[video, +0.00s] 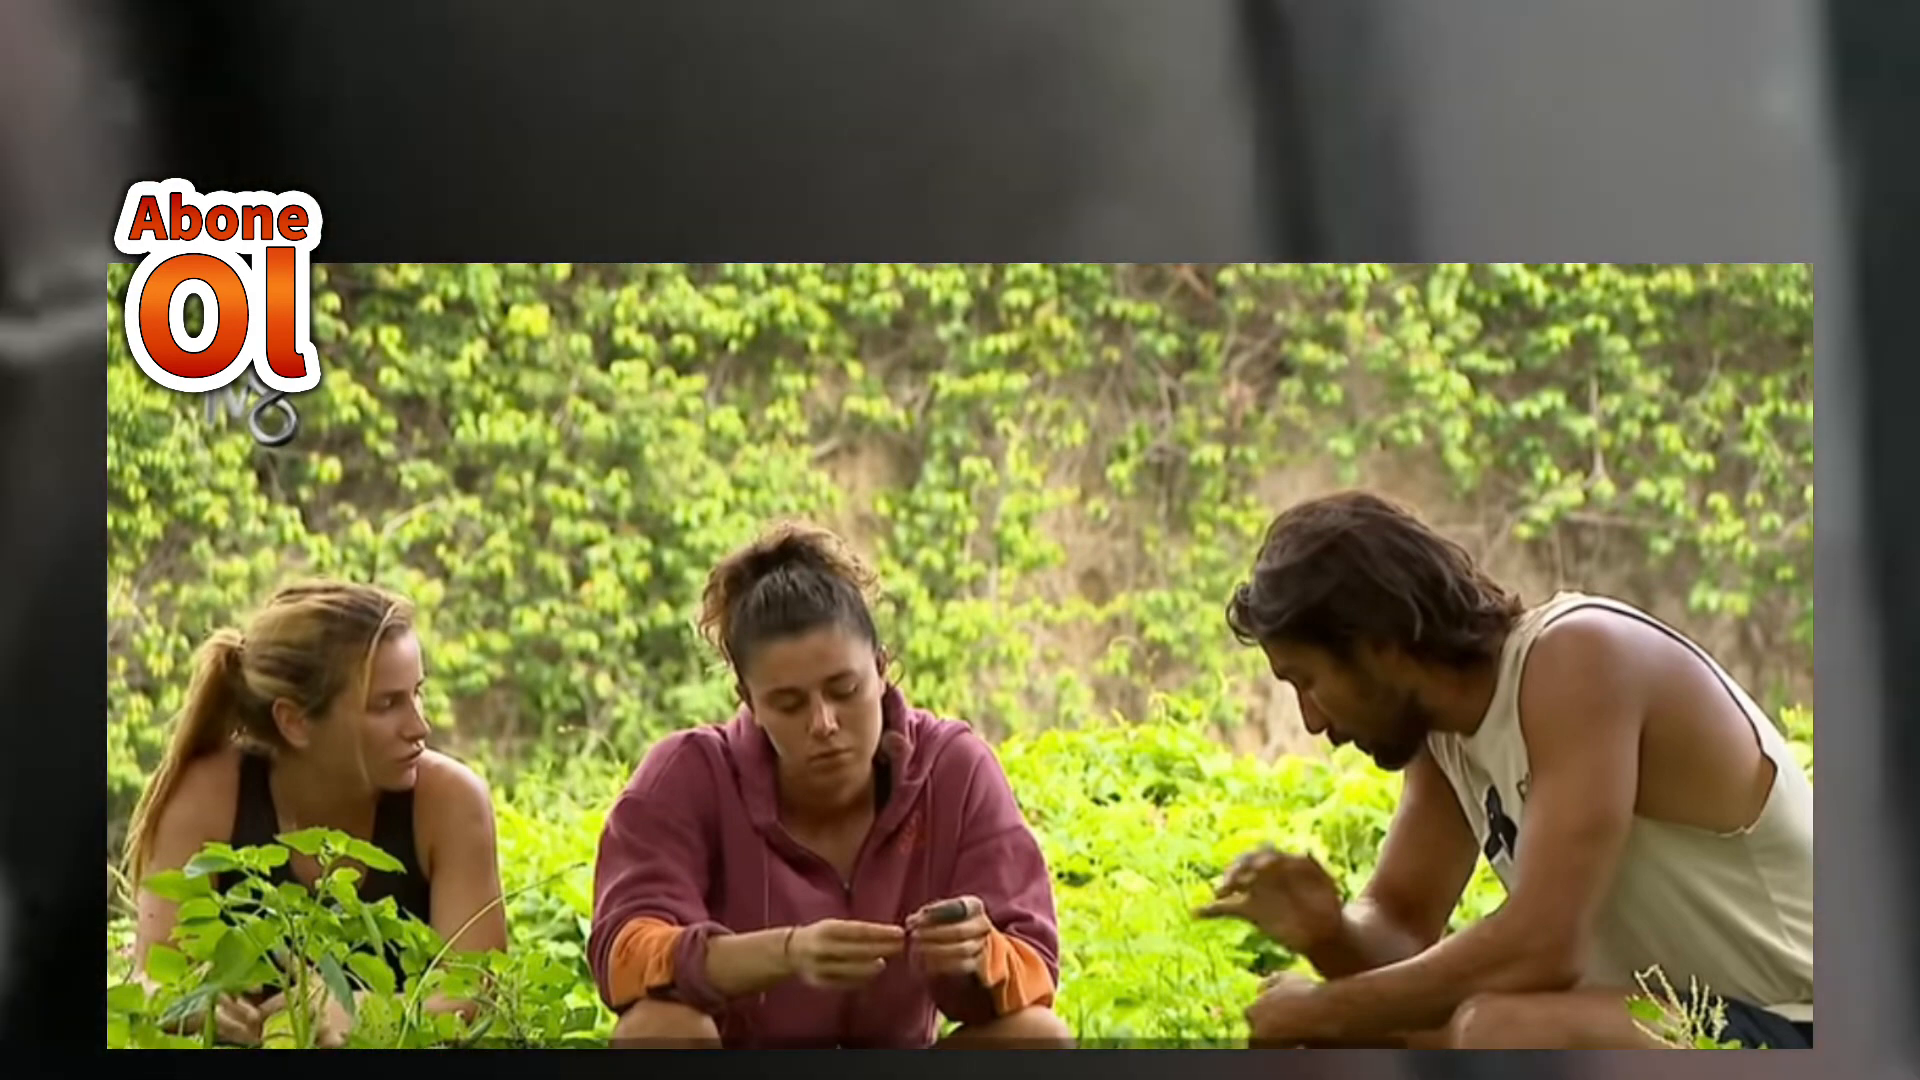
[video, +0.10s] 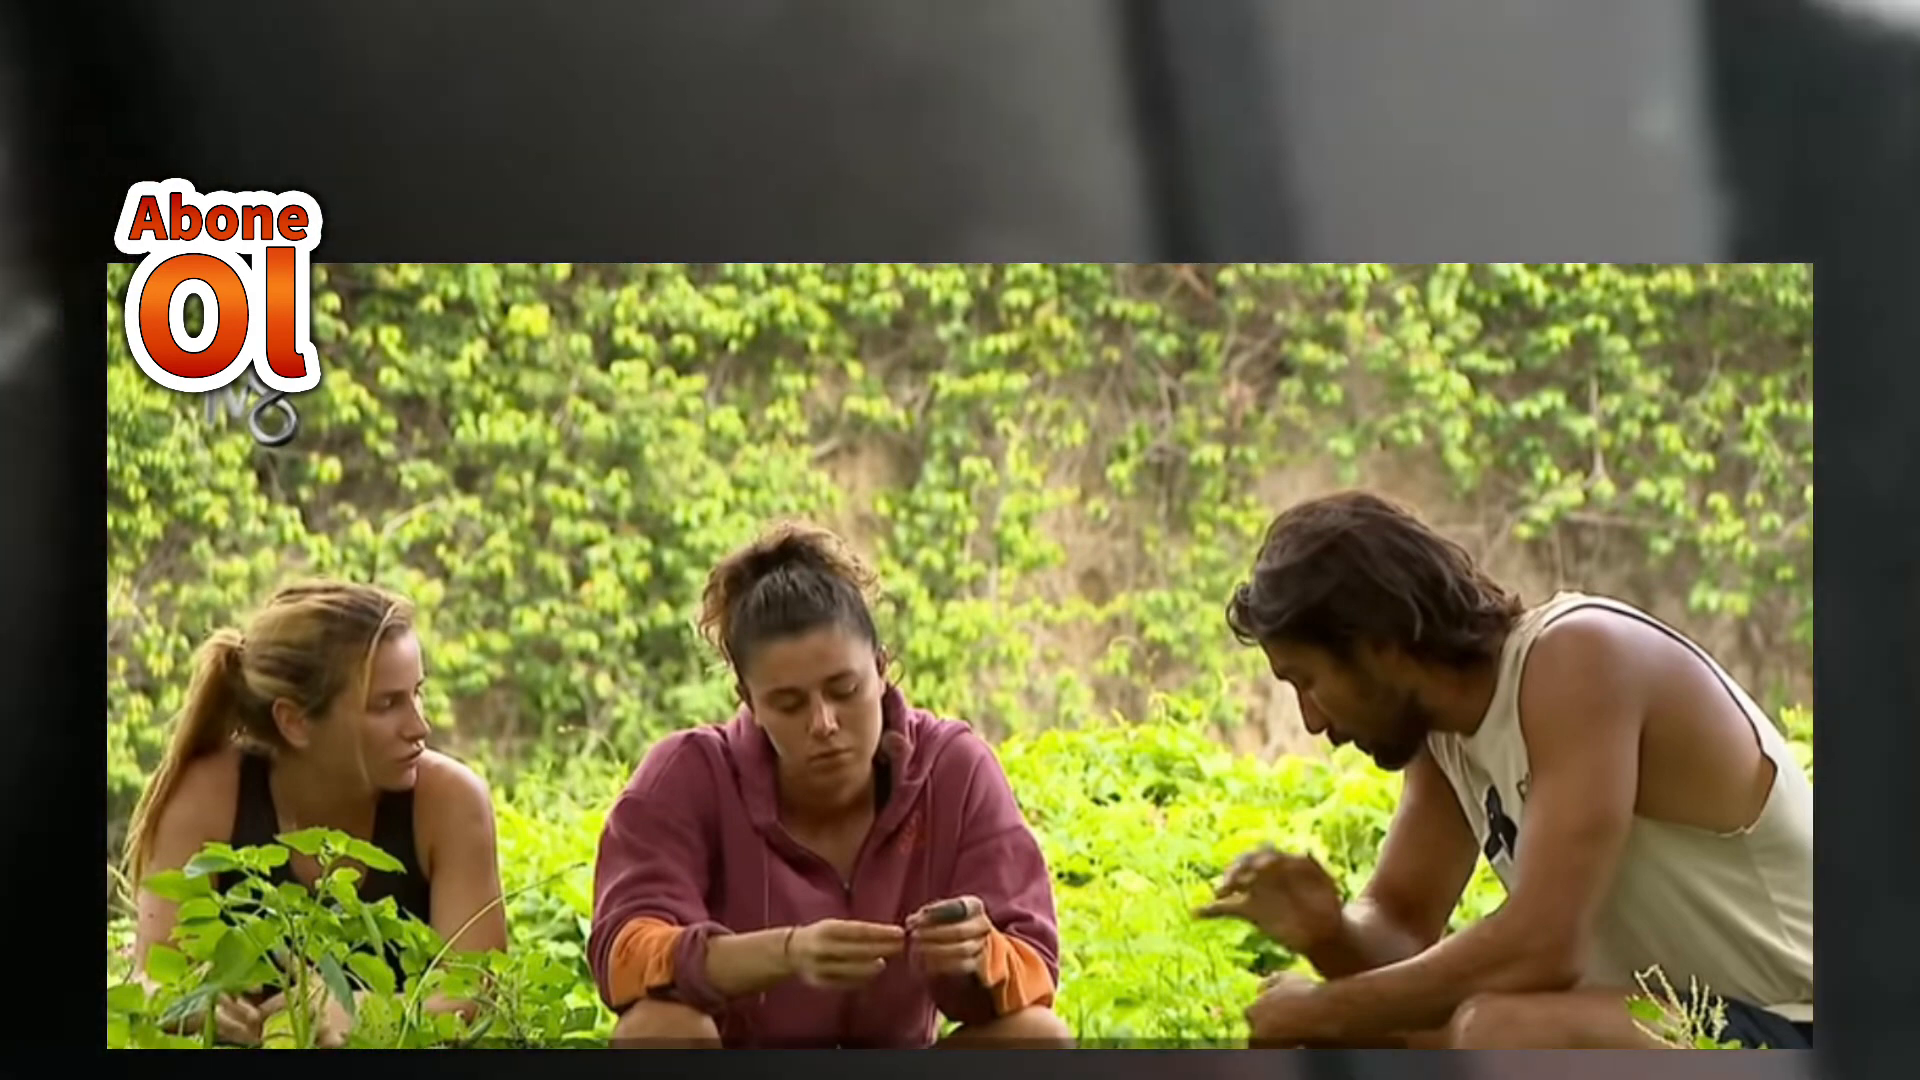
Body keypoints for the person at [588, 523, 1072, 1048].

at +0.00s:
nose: (824, 725)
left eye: (844, 690)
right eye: (789, 703)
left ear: (881, 670)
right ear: (747, 699)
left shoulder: (955, 766)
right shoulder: (687, 773)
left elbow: (1031, 969)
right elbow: (629, 957)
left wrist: (977, 954)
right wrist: (787, 951)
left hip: (898, 1053)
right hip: (740, 1053)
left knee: (1037, 1035)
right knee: (658, 1025)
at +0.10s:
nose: (824, 725)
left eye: (844, 690)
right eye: (789, 703)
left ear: (881, 670)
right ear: (747, 699)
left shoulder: (955, 766)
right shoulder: (687, 773)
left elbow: (1031, 969)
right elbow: (629, 957)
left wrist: (977, 954)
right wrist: (786, 952)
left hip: (898, 1055)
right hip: (739, 1055)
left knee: (1037, 1035)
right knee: (658, 1026)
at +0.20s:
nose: (824, 725)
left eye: (844, 690)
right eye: (789, 703)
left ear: (881, 670)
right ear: (747, 698)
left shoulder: (955, 766)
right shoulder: (687, 773)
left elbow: (1031, 970)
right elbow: (629, 958)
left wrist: (977, 953)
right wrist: (786, 951)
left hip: (899, 1055)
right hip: (739, 1057)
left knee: (1037, 1036)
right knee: (658, 1026)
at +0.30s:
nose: (824, 725)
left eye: (844, 690)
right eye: (789, 703)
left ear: (880, 670)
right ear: (747, 698)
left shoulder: (955, 766)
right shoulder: (687, 774)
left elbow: (1030, 969)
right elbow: (629, 957)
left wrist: (977, 954)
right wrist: (786, 952)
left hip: (898, 1059)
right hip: (739, 1060)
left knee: (1037, 1037)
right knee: (658, 1026)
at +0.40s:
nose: (824, 725)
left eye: (844, 690)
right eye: (789, 703)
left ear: (881, 670)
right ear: (747, 698)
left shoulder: (955, 766)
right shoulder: (687, 773)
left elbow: (1031, 970)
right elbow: (629, 958)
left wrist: (977, 953)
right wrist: (786, 951)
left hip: (898, 1058)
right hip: (739, 1059)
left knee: (1037, 1036)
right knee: (658, 1026)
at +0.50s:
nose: (824, 725)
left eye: (844, 690)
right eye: (789, 703)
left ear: (880, 670)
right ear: (747, 698)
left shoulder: (955, 766)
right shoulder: (687, 774)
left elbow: (1030, 969)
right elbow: (629, 957)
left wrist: (977, 954)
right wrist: (786, 952)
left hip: (898, 1059)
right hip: (739, 1060)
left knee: (1037, 1036)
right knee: (658, 1026)